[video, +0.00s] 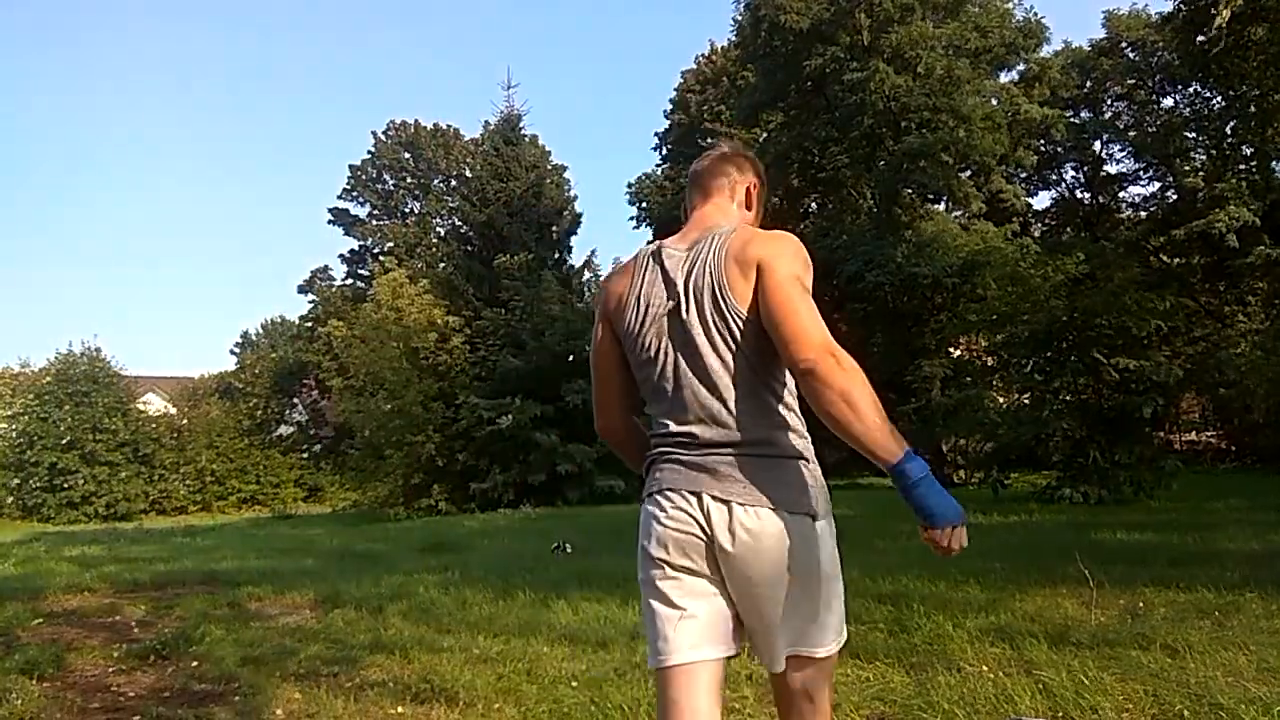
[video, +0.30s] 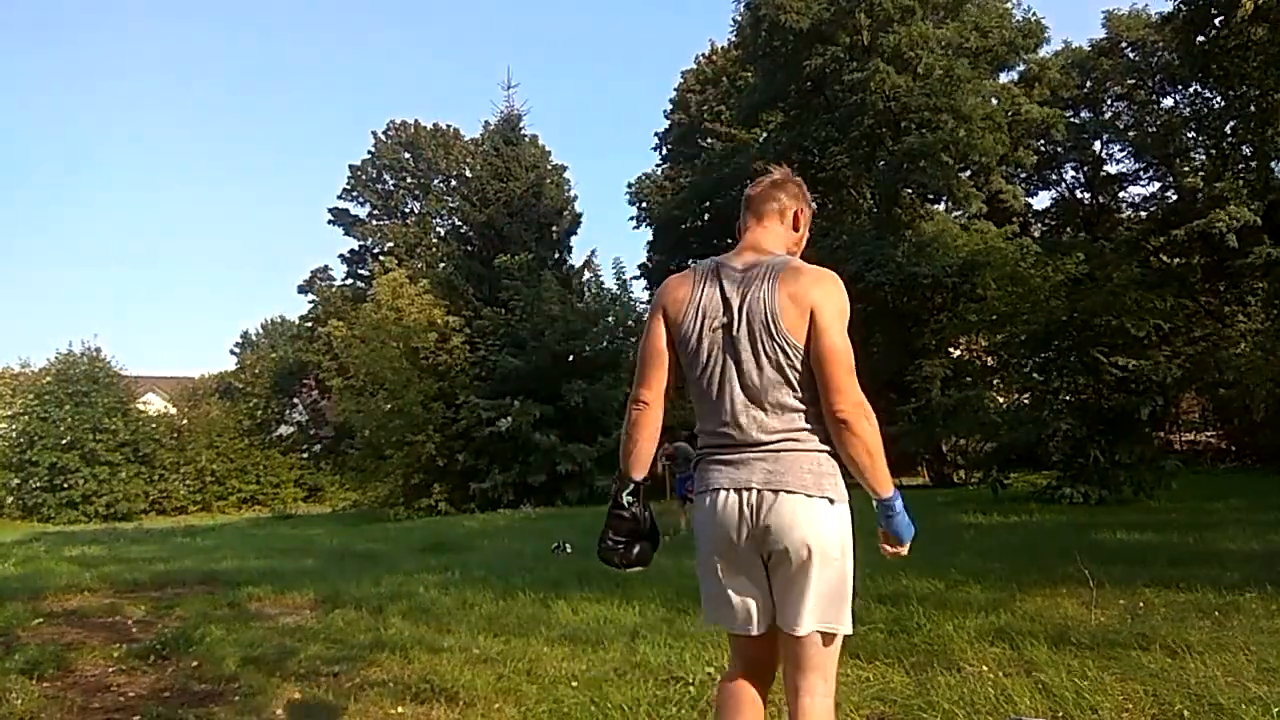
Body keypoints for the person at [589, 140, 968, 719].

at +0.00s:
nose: (756, 218)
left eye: (755, 210)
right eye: (759, 208)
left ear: (689, 200)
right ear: (747, 195)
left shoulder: (618, 284)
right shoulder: (766, 247)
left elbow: (612, 421)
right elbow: (816, 364)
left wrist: (674, 471)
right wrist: (915, 477)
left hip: (671, 507)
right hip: (775, 507)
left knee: (685, 706)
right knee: (805, 695)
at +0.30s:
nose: (801, 244)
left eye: (802, 233)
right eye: (804, 231)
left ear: (742, 221)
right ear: (796, 221)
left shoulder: (676, 291)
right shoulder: (816, 284)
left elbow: (646, 401)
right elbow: (844, 408)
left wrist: (628, 498)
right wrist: (889, 500)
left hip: (718, 501)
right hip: (804, 498)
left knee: (746, 664)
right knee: (812, 676)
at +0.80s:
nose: (834, 299)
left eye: (833, 294)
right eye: (835, 292)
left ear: (779, 289)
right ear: (826, 286)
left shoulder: (728, 336)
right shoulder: (843, 327)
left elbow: (703, 437)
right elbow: (875, 427)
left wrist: (712, 501)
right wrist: (879, 491)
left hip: (748, 510)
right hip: (822, 512)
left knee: (779, 648)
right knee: (863, 659)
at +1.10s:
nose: (878, 368)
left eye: (877, 364)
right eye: (880, 363)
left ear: (832, 349)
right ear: (874, 356)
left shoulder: (778, 367)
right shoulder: (880, 379)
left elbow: (735, 446)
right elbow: (912, 474)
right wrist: (916, 556)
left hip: (749, 493)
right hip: (821, 497)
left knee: (777, 632)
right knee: (875, 631)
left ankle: (787, 716)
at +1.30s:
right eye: (913, 437)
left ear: (877, 410)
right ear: (909, 428)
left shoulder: (821, 411)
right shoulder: (913, 447)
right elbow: (955, 548)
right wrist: (971, 625)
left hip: (762, 487)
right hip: (834, 496)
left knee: (786, 630)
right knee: (886, 629)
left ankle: (794, 715)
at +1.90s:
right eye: (922, 399)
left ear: (878, 372)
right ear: (916, 387)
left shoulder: (825, 378)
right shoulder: (926, 405)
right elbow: (956, 492)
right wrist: (925, 553)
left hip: (784, 480)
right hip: (857, 487)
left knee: (799, 631)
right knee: (898, 633)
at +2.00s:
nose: (900, 365)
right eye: (902, 359)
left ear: (856, 342)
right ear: (898, 353)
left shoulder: (803, 360)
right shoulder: (908, 372)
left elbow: (768, 432)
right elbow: (939, 453)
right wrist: (902, 489)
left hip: (777, 483)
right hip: (850, 487)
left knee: (797, 623)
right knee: (889, 628)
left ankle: (796, 715)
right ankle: (904, 714)